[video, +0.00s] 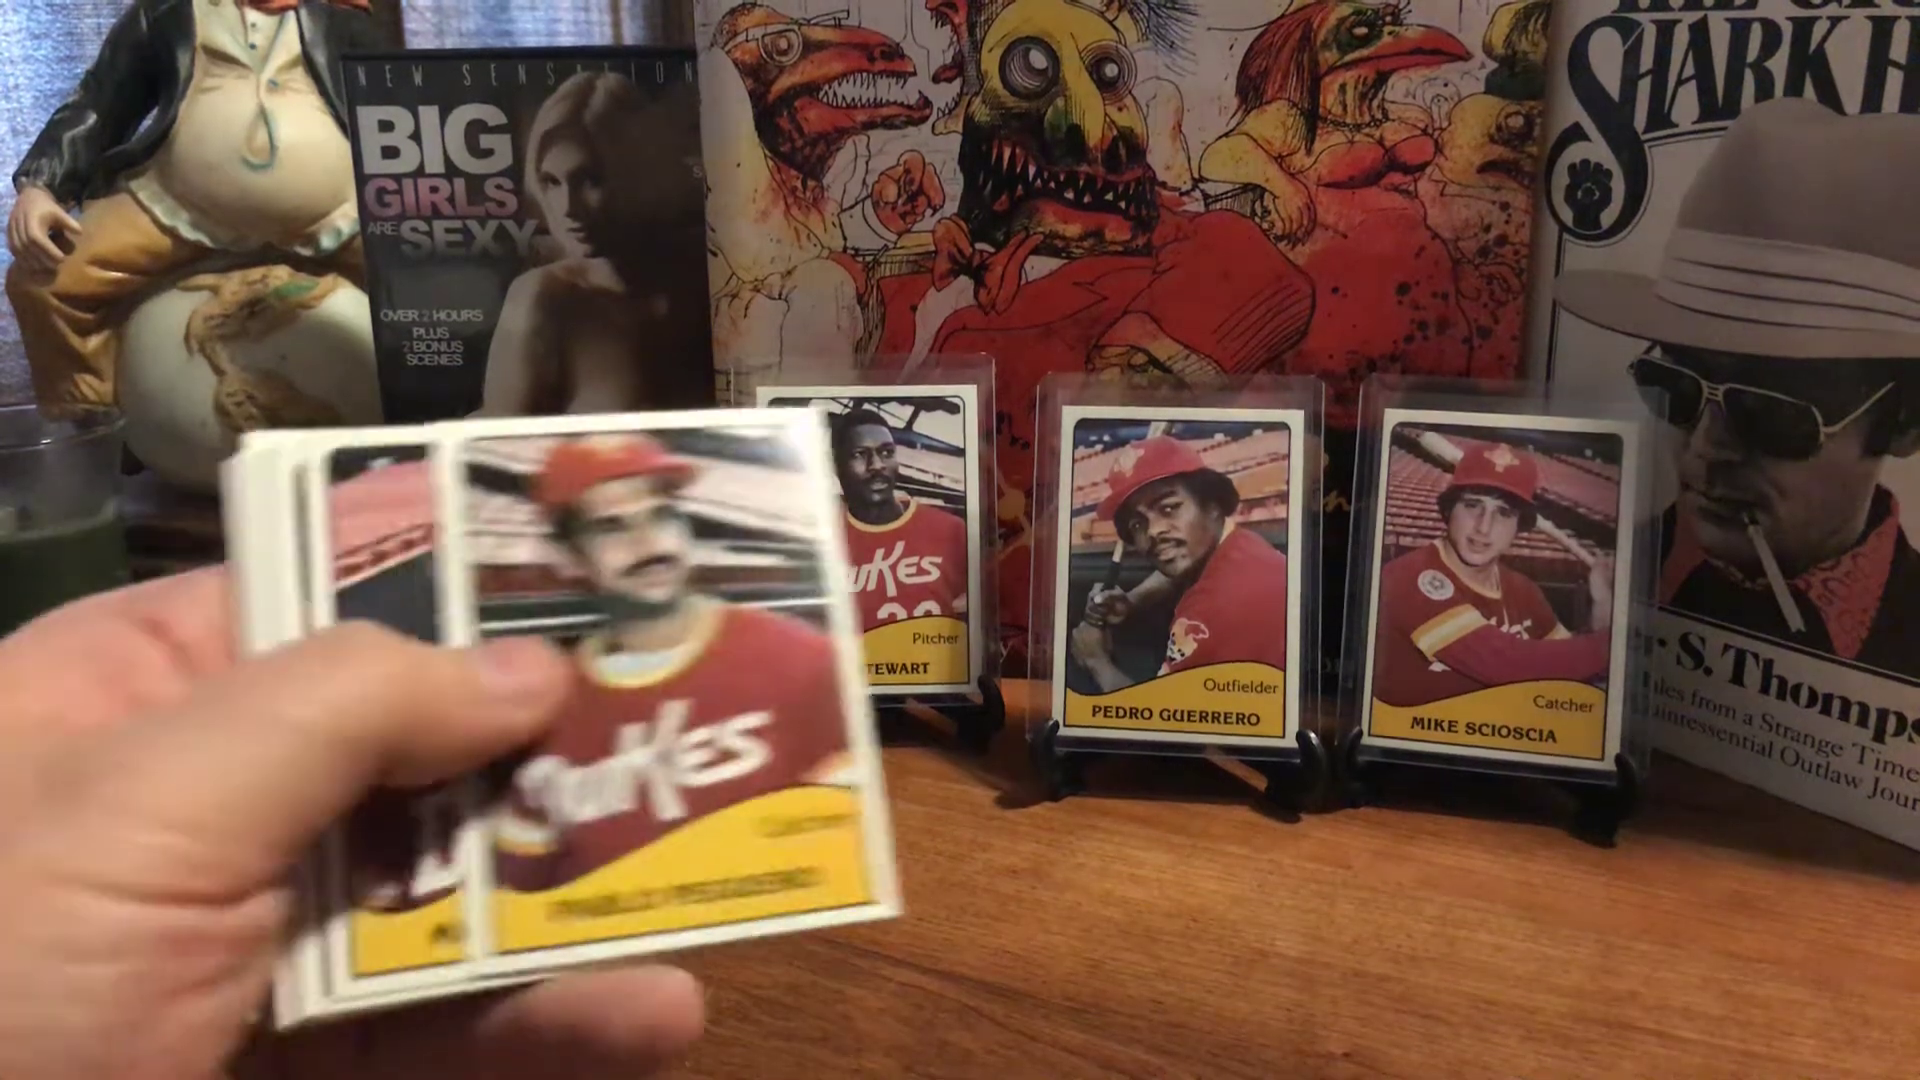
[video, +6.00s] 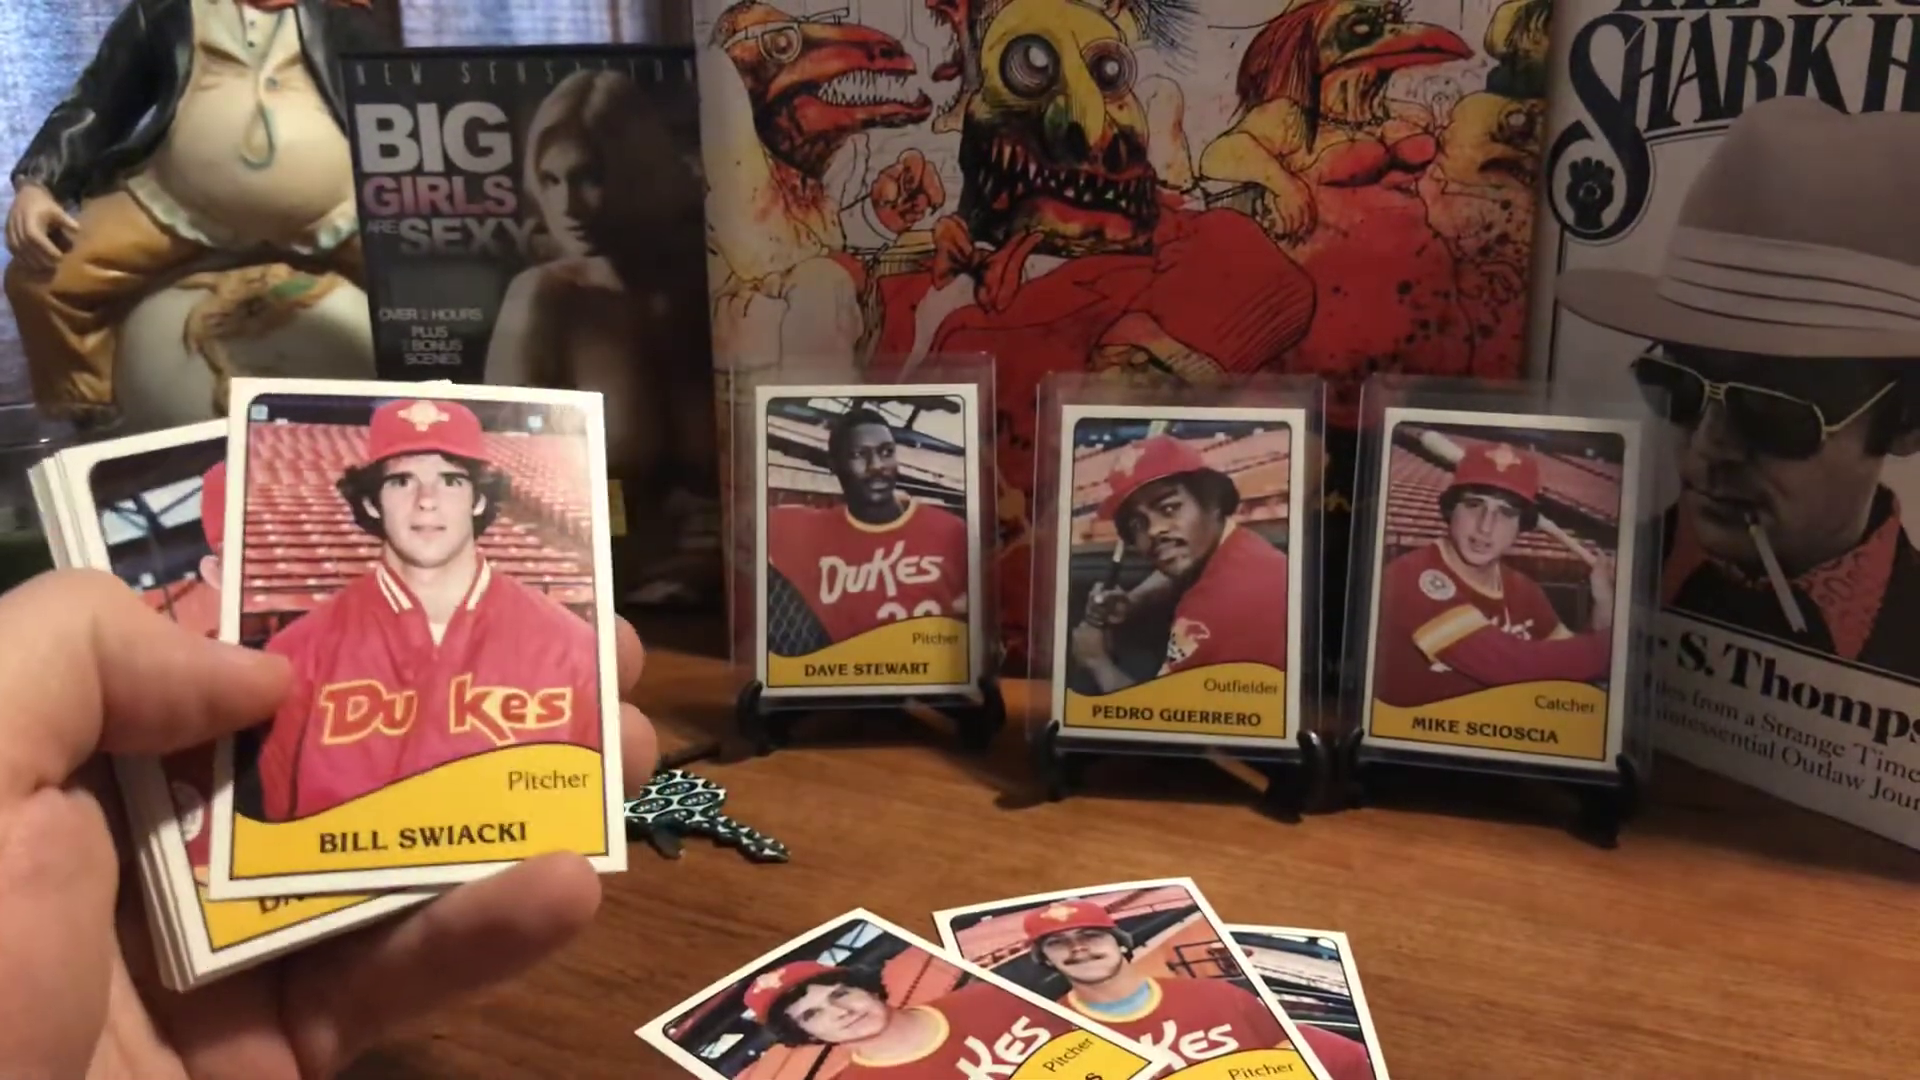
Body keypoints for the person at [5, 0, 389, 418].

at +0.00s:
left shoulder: (347, 21)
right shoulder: (163, 14)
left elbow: (398, 108)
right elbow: (99, 102)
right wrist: (36, 184)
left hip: (339, 213)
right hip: (178, 208)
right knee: (43, 281)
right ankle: (104, 440)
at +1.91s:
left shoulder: (343, 18)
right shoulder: (158, 10)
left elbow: (398, 103)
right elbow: (92, 100)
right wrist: (29, 180)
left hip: (333, 212)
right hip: (173, 206)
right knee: (37, 277)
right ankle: (96, 438)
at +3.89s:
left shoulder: (347, 17)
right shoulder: (160, 13)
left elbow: (398, 98)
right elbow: (93, 103)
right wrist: (31, 182)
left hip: (336, 210)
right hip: (176, 206)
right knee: (39, 281)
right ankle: (98, 453)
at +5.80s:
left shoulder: (345, 20)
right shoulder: (163, 12)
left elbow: (398, 103)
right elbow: (97, 102)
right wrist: (34, 182)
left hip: (338, 214)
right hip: (177, 207)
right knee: (43, 282)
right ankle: (95, 431)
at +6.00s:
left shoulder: (348, 14)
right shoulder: (163, 11)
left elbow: (397, 93)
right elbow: (100, 98)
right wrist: (34, 181)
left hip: (340, 209)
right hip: (178, 207)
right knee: (42, 279)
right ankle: (97, 434)